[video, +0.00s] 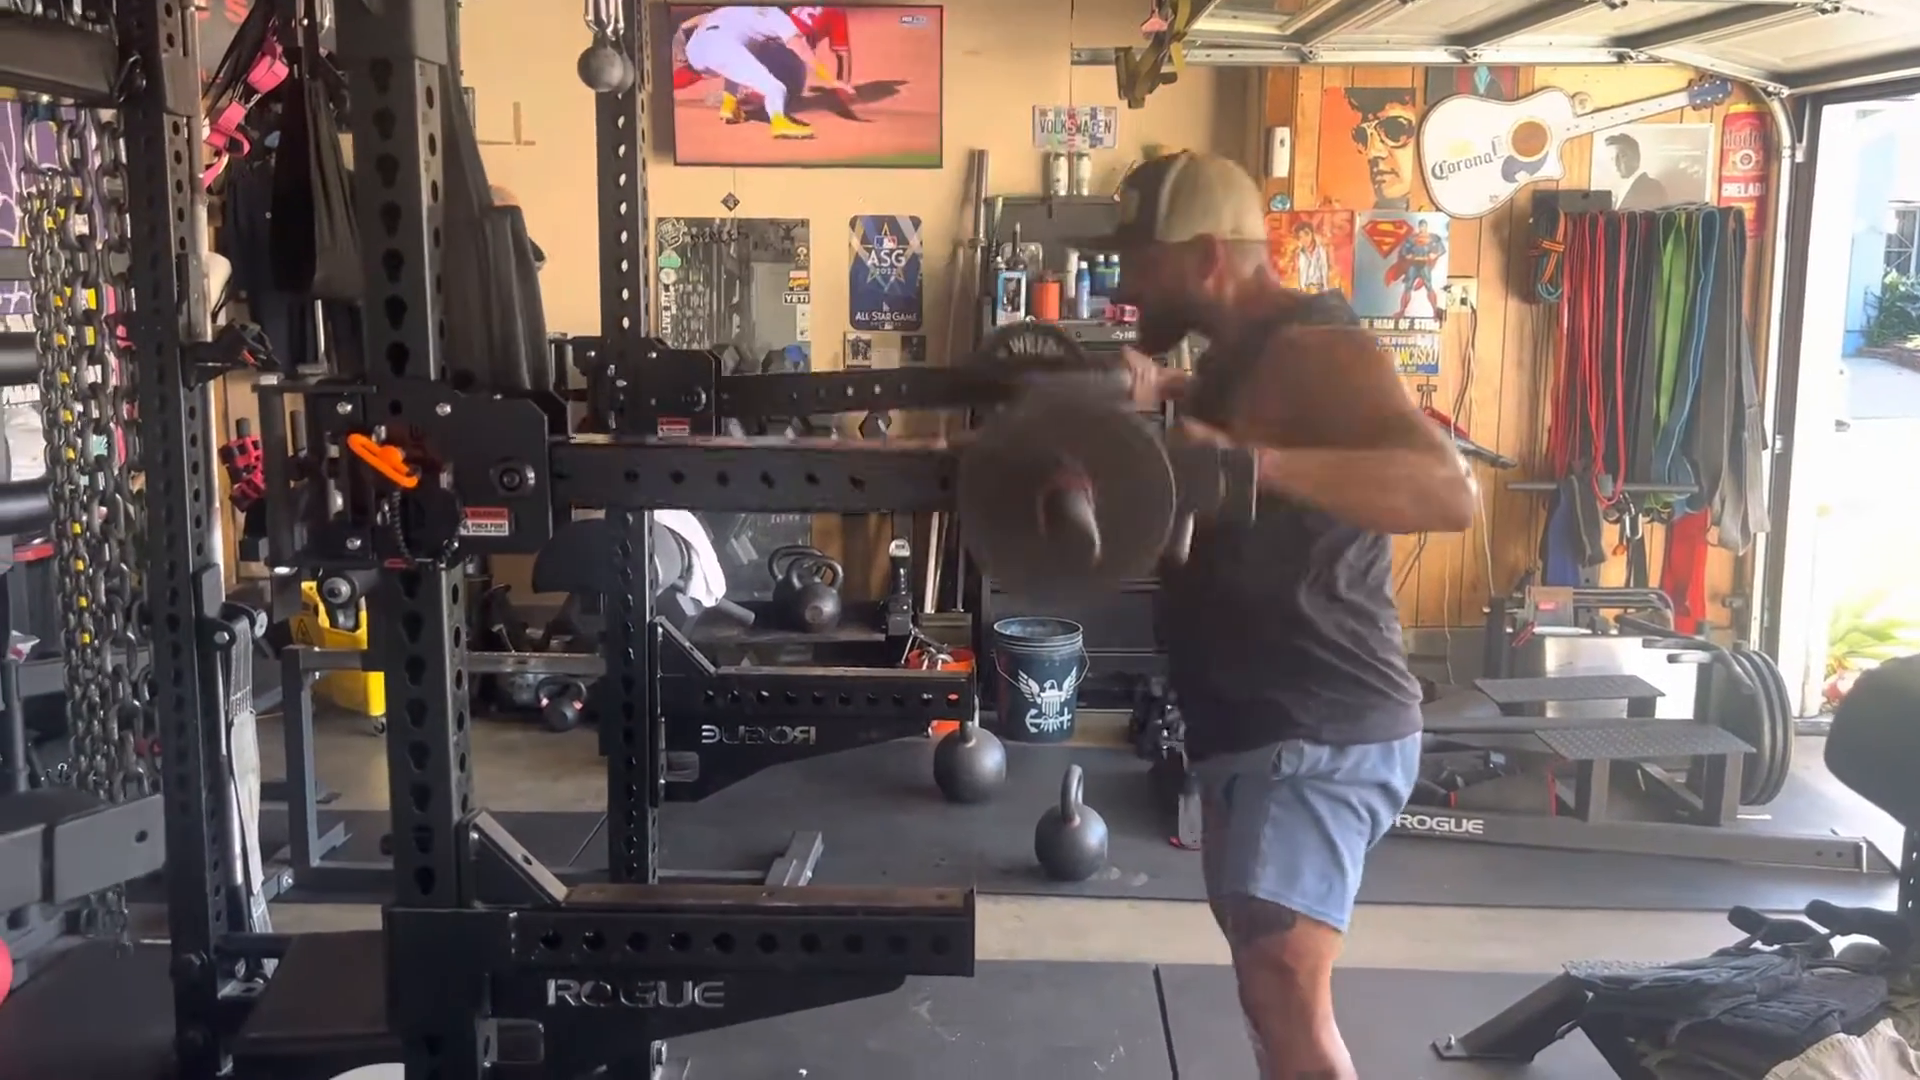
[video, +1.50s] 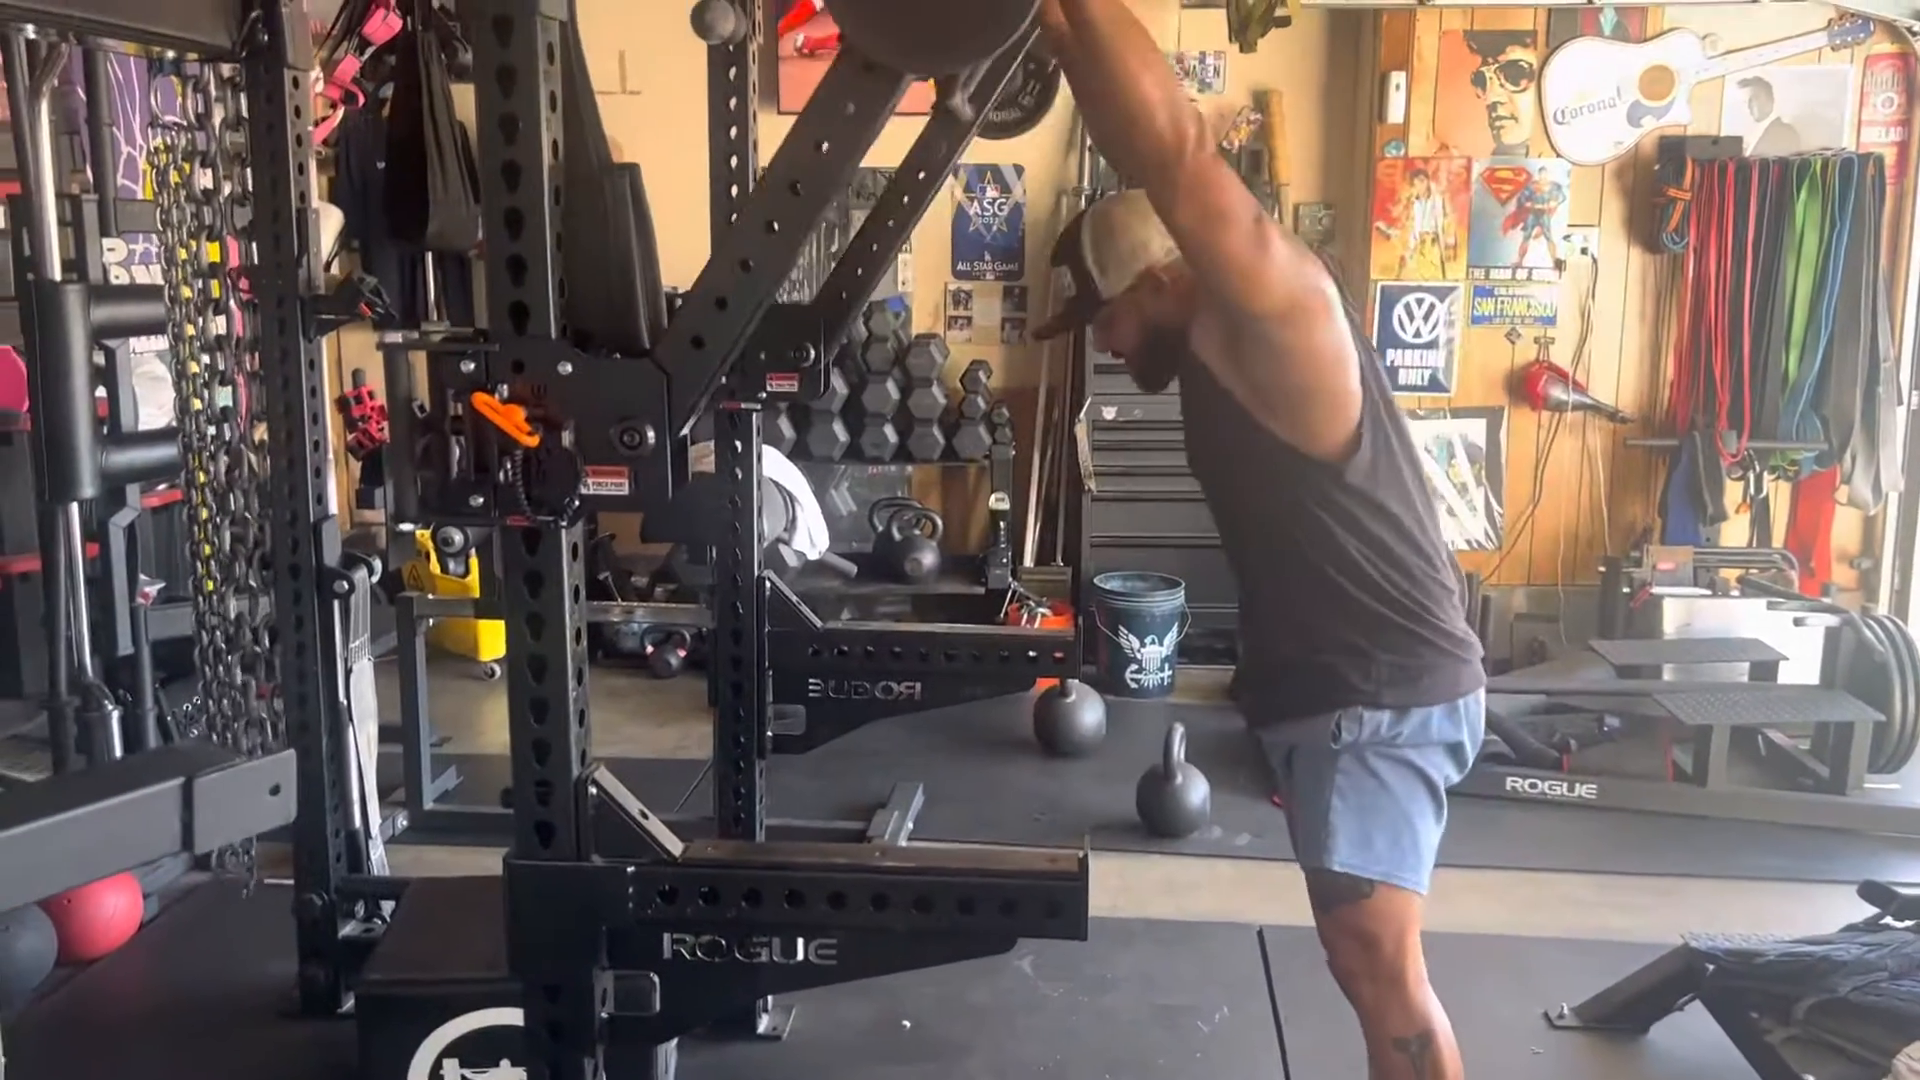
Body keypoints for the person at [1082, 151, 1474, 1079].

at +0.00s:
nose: (1125, 279)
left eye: (1139, 252)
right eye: (1126, 254)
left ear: (1210, 256)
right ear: (1211, 259)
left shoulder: (1319, 349)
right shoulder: (1211, 376)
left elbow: (1449, 493)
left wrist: (1248, 462)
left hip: (1318, 734)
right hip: (1251, 730)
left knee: (1286, 1005)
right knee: (1277, 1001)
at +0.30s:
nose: (1203, 328)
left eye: (1214, 303)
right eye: (1202, 305)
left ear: (1290, 306)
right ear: (1284, 310)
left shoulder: (1374, 420)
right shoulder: (1293, 411)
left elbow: (1299, 623)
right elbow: (1208, 537)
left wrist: (1130, 738)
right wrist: (1092, 610)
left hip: (1467, 745)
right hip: (1370, 726)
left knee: (1318, 987)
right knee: (1274, 890)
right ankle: (1311, 1065)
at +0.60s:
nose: (1207, 346)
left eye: (1223, 321)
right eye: (1209, 322)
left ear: (1296, 334)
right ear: (1295, 335)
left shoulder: (1391, 443)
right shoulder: (1310, 426)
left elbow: (1328, 638)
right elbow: (1233, 539)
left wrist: (1158, 750)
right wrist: (1114, 603)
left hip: (1521, 747)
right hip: (1418, 724)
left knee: (1341, 967)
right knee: (1299, 874)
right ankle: (1341, 1060)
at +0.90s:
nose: (1394, 232)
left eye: (1412, 207)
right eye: (1395, 207)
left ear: (1493, 216)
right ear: (1487, 219)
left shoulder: (1560, 333)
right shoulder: (1459, 321)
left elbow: (1536, 470)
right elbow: (1376, 396)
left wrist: (1340, 490)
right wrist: (1259, 400)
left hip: (1448, 692)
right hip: (1372, 667)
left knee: (1347, 958)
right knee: (1301, 839)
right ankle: (1358, 1056)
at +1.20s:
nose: (1175, 255)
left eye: (1188, 227)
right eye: (1173, 230)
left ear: (1252, 219)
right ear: (1250, 226)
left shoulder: (1348, 295)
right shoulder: (1282, 308)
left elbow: (1383, 250)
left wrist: (1238, 94)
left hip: (1358, 695)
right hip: (1321, 686)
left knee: (1370, 971)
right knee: (1361, 963)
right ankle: (1387, 1066)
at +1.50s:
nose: (1106, 343)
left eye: (1107, 315)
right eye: (1096, 324)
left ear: (1159, 274)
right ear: (1159, 276)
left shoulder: (1270, 300)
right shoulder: (1226, 335)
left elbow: (1171, 145)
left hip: (1381, 693)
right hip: (1328, 687)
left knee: (1375, 959)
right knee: (1367, 951)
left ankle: (1420, 1068)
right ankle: (1408, 1061)